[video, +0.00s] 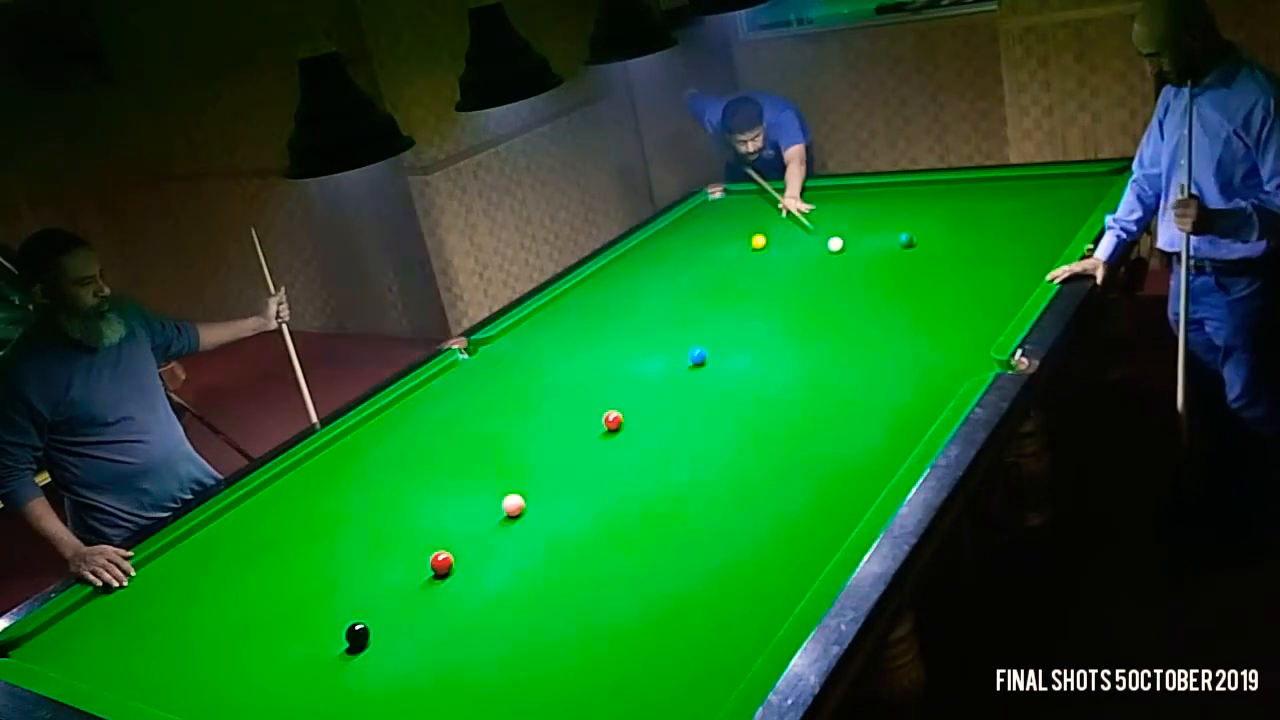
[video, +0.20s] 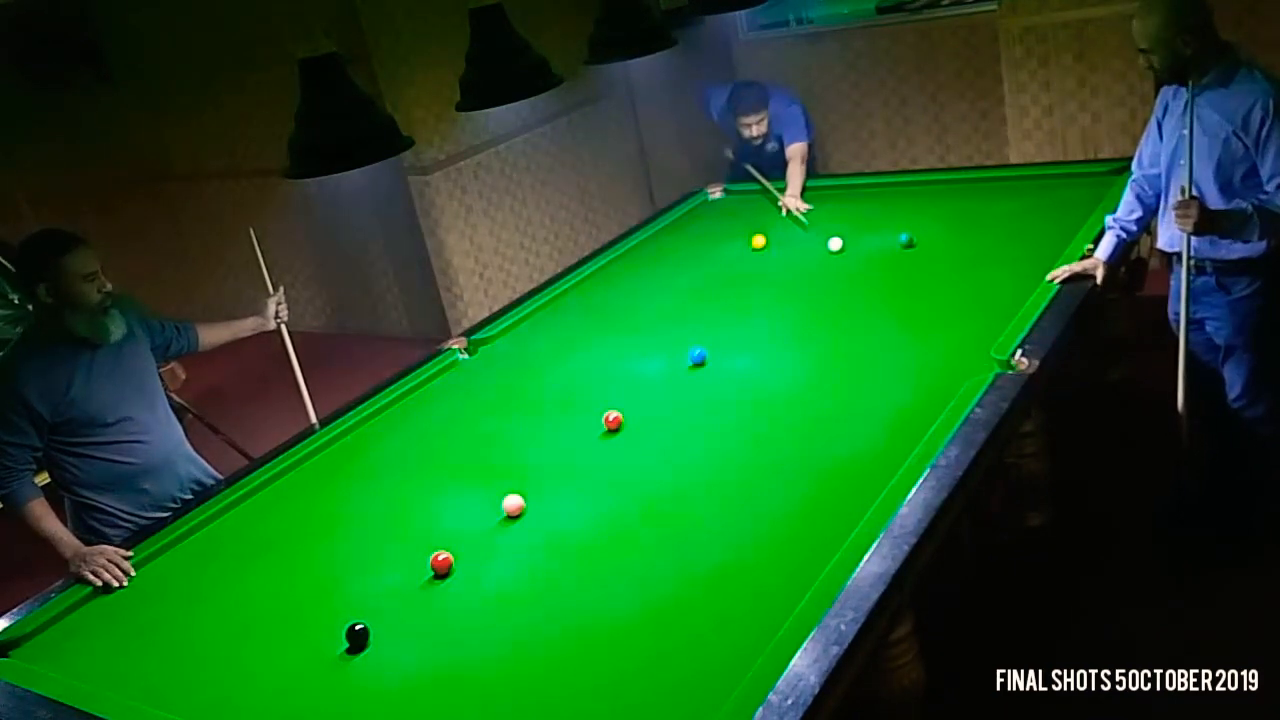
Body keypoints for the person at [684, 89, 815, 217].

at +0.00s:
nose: (750, 148)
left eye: (755, 139)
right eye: (742, 143)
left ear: (764, 127)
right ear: (727, 137)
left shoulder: (782, 117)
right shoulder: (715, 117)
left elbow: (796, 160)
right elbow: (690, 95)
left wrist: (792, 196)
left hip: (779, 159)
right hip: (739, 162)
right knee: (741, 213)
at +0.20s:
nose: (754, 133)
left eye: (760, 123)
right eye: (746, 126)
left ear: (768, 113)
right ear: (732, 119)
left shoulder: (787, 111)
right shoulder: (720, 105)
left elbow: (797, 158)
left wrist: (792, 195)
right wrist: (724, 142)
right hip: (742, 155)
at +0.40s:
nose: (765, 95)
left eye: (771, 86)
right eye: (757, 88)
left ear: (779, 80)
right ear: (744, 86)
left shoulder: (800, 92)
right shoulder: (731, 86)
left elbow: (814, 145)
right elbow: (718, 95)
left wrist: (799, 184)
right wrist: (726, 131)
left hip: (793, 165)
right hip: (750, 164)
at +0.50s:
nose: (772, 74)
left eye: (778, 65)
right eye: (764, 67)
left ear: (786, 61)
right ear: (750, 65)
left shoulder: (807, 76)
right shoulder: (736, 76)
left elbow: (831, 131)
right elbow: (720, 91)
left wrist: (811, 166)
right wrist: (726, 127)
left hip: (803, 161)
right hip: (758, 161)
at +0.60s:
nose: (780, 54)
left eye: (786, 45)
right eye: (773, 46)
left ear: (794, 42)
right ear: (759, 45)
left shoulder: (815, 62)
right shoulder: (744, 63)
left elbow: (845, 115)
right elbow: (727, 86)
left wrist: (822, 147)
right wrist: (728, 127)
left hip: (810, 157)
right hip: (763, 157)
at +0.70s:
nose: (789, 35)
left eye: (795, 27)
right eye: (781, 28)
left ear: (804, 26)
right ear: (769, 30)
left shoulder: (824, 50)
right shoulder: (751, 52)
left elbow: (854, 97)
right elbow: (733, 82)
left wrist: (831, 129)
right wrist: (730, 128)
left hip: (816, 152)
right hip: (767, 152)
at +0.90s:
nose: (805, 11)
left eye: (810, 4)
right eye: (797, 5)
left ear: (817, 7)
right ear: (784, 9)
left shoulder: (839, 29)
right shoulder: (760, 40)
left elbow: (858, 65)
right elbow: (744, 88)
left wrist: (850, 97)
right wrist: (739, 144)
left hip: (829, 147)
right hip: (780, 151)